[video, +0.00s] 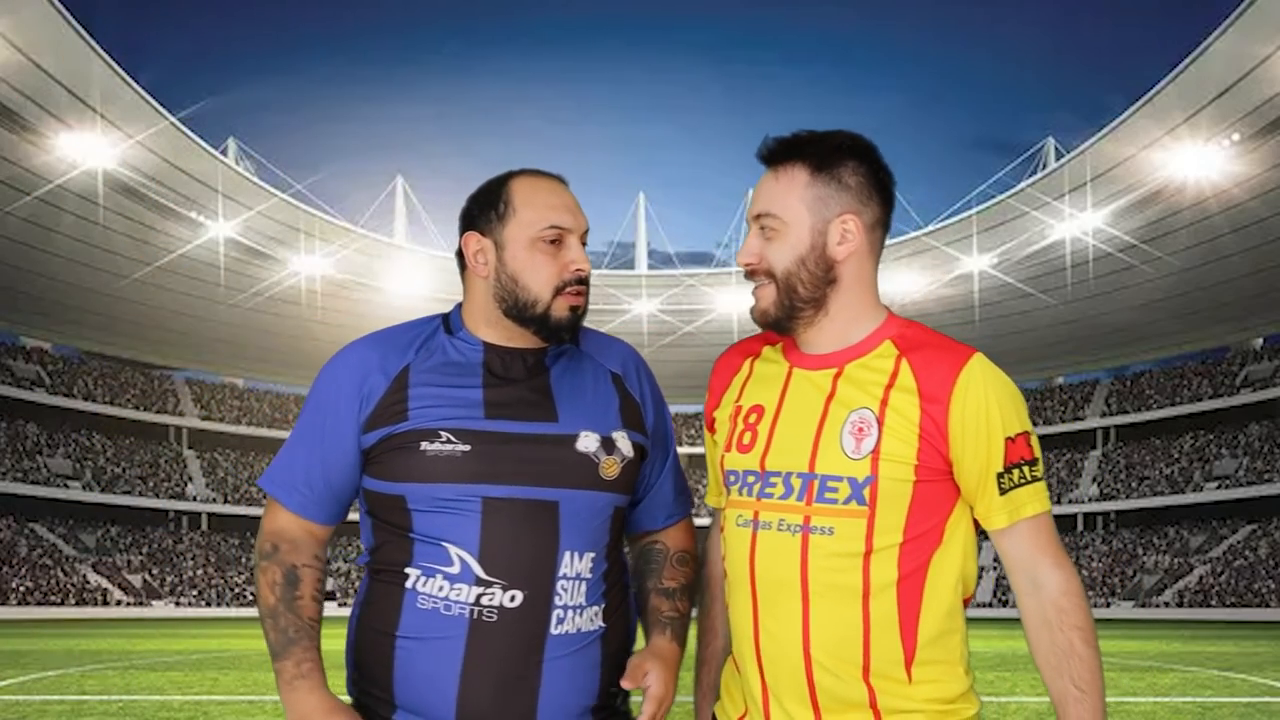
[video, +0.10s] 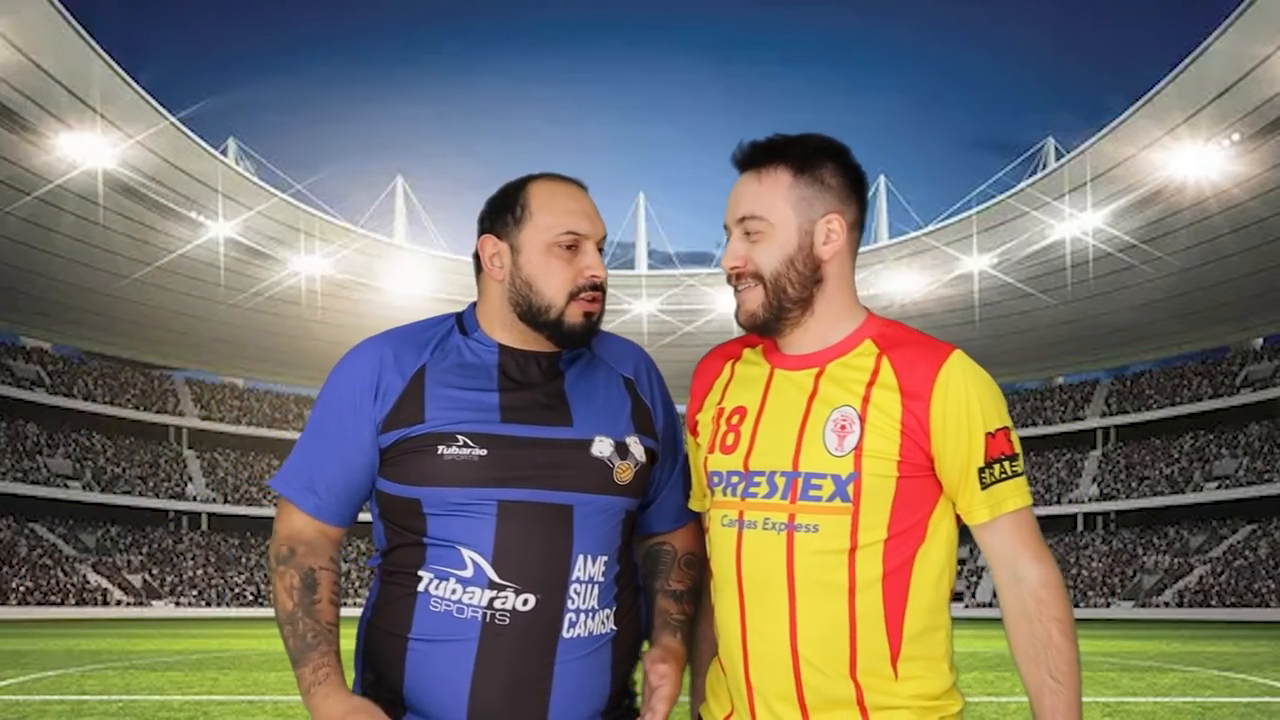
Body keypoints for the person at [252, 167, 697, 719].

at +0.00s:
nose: (582, 261)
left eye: (583, 243)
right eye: (553, 240)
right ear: (478, 253)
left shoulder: (622, 378)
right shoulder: (369, 374)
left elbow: (663, 528)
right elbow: (291, 532)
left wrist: (664, 643)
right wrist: (304, 689)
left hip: (578, 706)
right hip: (405, 706)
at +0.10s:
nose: (597, 268)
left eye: (599, 250)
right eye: (569, 246)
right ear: (495, 257)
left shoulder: (632, 378)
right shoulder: (385, 371)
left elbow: (670, 529)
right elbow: (303, 533)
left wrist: (668, 642)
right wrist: (324, 690)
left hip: (585, 704)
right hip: (415, 704)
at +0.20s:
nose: (609, 274)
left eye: (611, 254)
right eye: (582, 250)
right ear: (506, 258)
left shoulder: (633, 373)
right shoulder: (389, 369)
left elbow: (663, 533)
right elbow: (311, 539)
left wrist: (666, 655)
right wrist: (335, 688)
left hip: (588, 709)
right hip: (415, 709)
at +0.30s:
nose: (611, 272)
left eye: (610, 251)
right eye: (583, 248)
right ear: (505, 257)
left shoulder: (624, 371)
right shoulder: (388, 366)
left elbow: (651, 526)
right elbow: (304, 537)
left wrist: (659, 642)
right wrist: (328, 684)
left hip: (582, 709)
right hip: (412, 708)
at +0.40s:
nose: (602, 275)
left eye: (601, 254)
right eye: (576, 251)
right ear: (497, 256)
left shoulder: (605, 373)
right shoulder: (376, 365)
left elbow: (637, 525)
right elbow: (277, 539)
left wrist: (649, 644)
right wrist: (319, 697)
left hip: (573, 707)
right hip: (403, 708)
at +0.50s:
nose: (583, 279)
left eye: (580, 255)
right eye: (559, 253)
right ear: (478, 256)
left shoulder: (576, 377)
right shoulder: (351, 368)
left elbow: (612, 535)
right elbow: (241, 548)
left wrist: (635, 659)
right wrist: (305, 707)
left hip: (551, 705)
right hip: (382, 705)